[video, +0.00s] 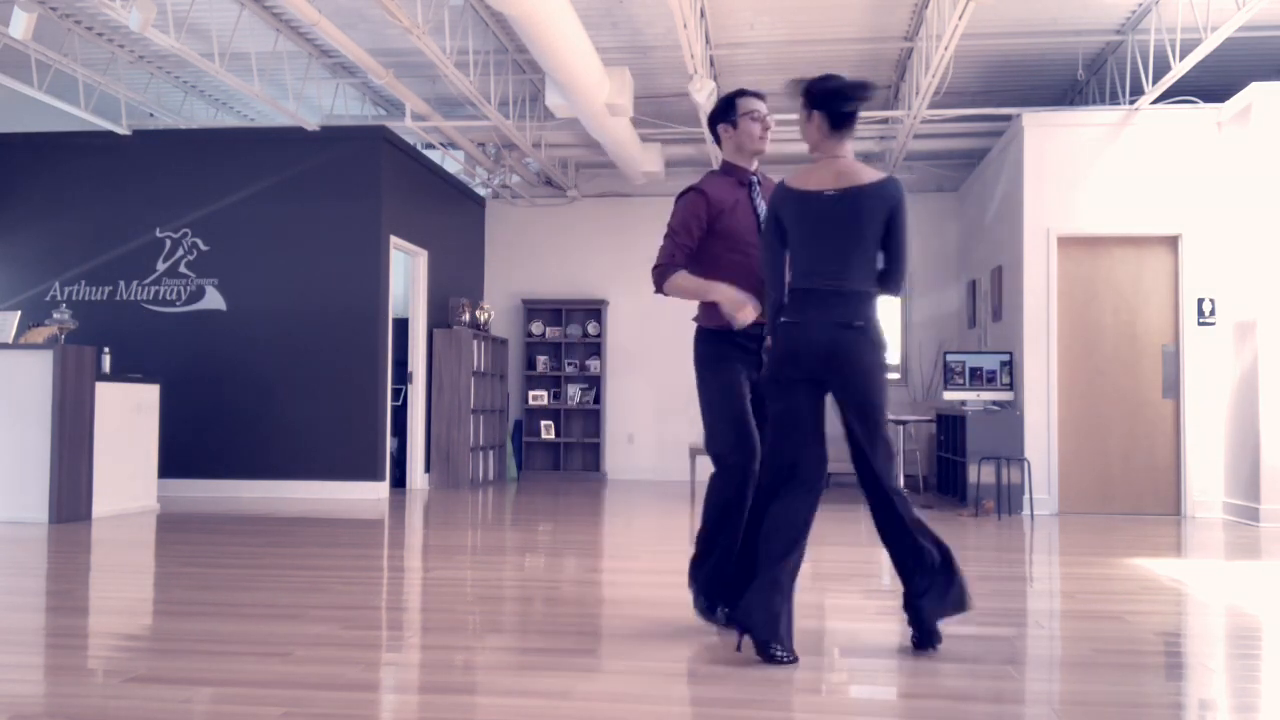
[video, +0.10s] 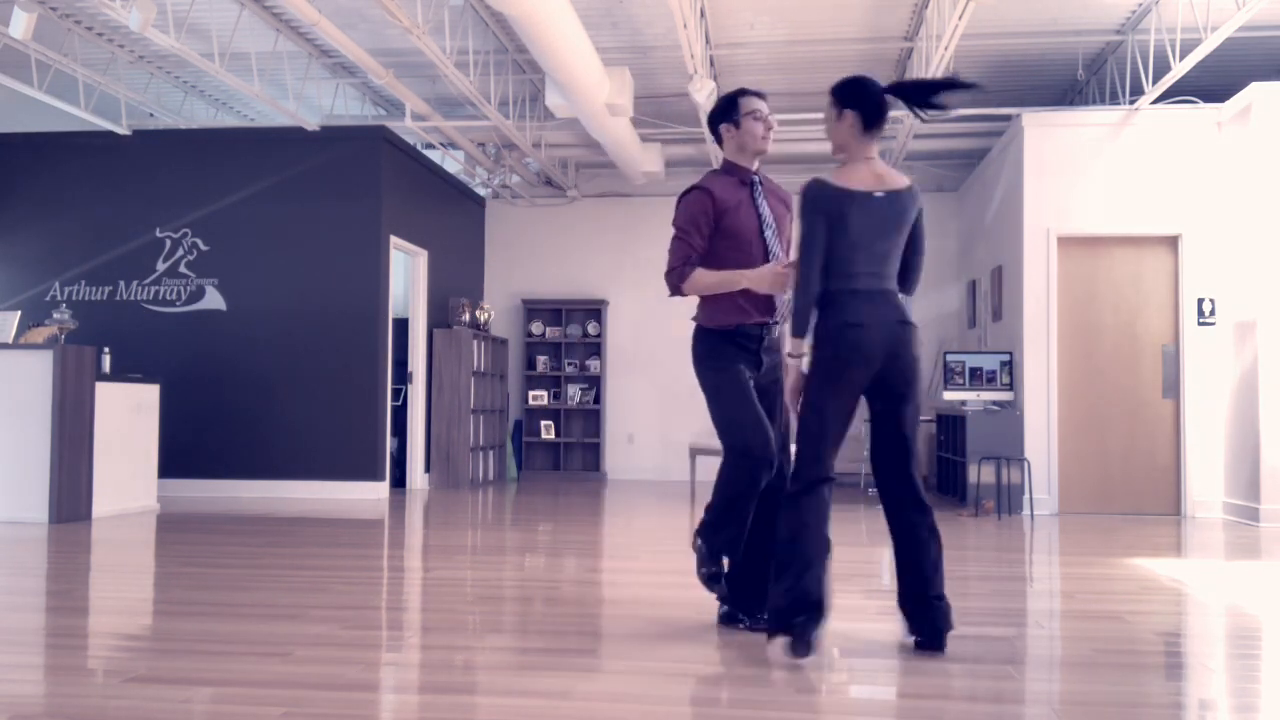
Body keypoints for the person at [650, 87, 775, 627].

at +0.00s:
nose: (767, 125)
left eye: (768, 118)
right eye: (755, 119)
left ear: (767, 132)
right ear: (725, 131)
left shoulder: (781, 194)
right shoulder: (703, 196)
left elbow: (805, 256)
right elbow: (665, 275)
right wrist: (723, 292)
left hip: (778, 344)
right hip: (725, 344)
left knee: (781, 464)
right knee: (739, 461)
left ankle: (752, 594)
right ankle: (709, 581)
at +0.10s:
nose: (769, 127)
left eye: (769, 119)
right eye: (757, 118)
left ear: (765, 132)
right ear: (726, 131)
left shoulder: (779, 199)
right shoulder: (703, 196)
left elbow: (784, 279)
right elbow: (678, 278)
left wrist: (792, 358)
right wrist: (750, 276)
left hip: (771, 346)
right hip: (721, 344)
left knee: (776, 465)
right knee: (756, 450)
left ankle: (744, 599)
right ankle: (712, 539)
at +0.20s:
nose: (774, 128)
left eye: (773, 120)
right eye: (761, 120)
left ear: (764, 135)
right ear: (730, 133)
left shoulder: (775, 201)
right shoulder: (707, 199)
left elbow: (766, 272)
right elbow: (693, 282)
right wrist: (770, 277)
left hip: (766, 345)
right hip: (723, 347)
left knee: (773, 470)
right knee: (760, 453)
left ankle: (744, 604)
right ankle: (706, 535)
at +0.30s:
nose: (777, 128)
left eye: (776, 121)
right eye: (765, 121)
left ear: (762, 138)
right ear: (734, 135)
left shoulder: (772, 203)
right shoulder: (714, 198)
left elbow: (764, 283)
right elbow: (706, 283)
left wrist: (783, 345)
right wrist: (782, 279)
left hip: (765, 350)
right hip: (724, 350)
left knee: (777, 477)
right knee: (757, 470)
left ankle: (746, 603)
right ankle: (705, 578)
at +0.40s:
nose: (782, 126)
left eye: (779, 118)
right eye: (771, 119)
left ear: (760, 135)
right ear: (740, 133)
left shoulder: (766, 197)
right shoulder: (720, 192)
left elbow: (754, 279)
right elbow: (710, 278)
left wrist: (778, 333)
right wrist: (789, 272)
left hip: (759, 348)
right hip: (719, 347)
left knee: (775, 478)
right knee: (741, 472)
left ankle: (752, 603)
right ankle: (708, 604)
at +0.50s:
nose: (789, 120)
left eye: (786, 112)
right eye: (777, 112)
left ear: (762, 129)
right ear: (747, 127)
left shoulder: (763, 188)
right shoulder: (727, 187)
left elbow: (751, 267)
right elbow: (728, 266)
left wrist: (783, 310)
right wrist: (801, 259)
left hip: (748, 347)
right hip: (711, 346)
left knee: (773, 467)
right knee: (730, 467)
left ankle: (754, 598)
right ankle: (707, 602)